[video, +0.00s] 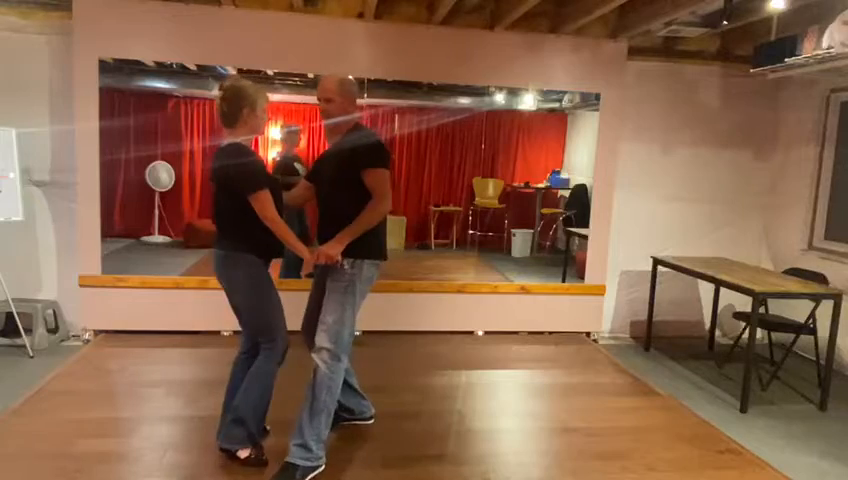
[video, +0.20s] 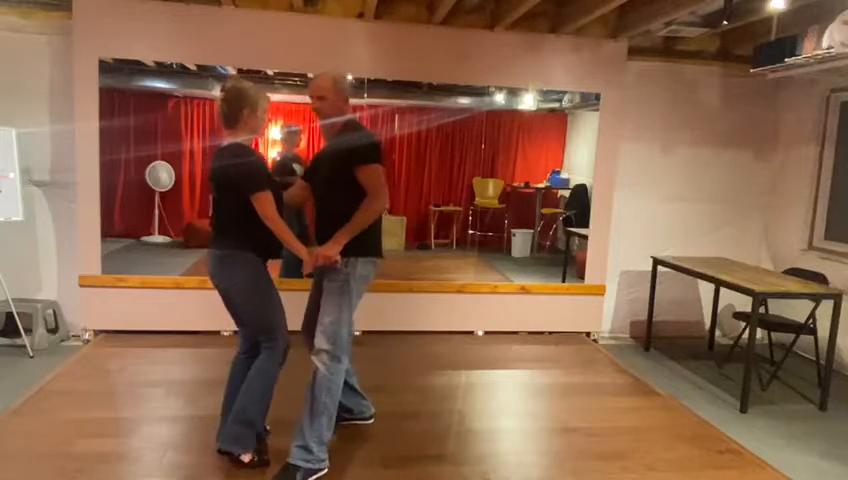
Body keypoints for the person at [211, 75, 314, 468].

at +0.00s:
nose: (267, 117)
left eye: (266, 111)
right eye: (264, 110)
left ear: (233, 114)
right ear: (248, 113)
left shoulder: (228, 155)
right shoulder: (243, 158)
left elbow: (265, 201)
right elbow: (269, 217)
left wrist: (301, 194)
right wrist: (306, 251)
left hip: (235, 257)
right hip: (244, 261)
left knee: (254, 343)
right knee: (274, 341)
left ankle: (235, 429)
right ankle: (238, 433)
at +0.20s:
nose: (267, 120)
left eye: (266, 113)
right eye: (264, 113)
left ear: (232, 115)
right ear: (249, 115)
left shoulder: (224, 156)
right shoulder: (248, 160)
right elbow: (269, 216)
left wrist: (287, 196)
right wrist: (305, 252)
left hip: (224, 258)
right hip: (243, 263)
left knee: (251, 344)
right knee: (275, 343)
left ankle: (234, 432)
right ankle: (240, 437)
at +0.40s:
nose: (269, 116)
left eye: (268, 109)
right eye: (266, 110)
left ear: (232, 112)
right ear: (252, 112)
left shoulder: (222, 155)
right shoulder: (253, 157)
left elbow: (223, 208)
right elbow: (271, 211)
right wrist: (303, 250)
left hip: (223, 254)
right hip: (246, 257)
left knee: (249, 345)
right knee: (267, 348)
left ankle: (230, 437)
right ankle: (241, 448)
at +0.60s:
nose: (272, 113)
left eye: (272, 106)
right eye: (269, 106)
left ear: (235, 109)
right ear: (256, 108)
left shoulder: (225, 151)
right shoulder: (255, 152)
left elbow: (220, 207)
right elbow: (275, 208)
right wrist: (306, 248)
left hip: (229, 251)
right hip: (250, 255)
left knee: (254, 341)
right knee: (256, 346)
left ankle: (243, 424)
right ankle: (235, 454)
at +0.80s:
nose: (272, 113)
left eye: (271, 105)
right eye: (270, 105)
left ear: (233, 106)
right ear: (256, 105)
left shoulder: (224, 151)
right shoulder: (252, 152)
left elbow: (221, 205)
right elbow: (276, 207)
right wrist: (307, 248)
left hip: (231, 252)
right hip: (251, 256)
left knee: (255, 342)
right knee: (254, 350)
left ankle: (248, 422)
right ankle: (231, 457)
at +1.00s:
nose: (271, 111)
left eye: (271, 104)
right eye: (269, 103)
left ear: (233, 104)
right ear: (254, 103)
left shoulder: (225, 149)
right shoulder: (248, 150)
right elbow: (272, 210)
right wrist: (306, 249)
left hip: (236, 253)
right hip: (250, 258)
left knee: (258, 343)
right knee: (250, 353)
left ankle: (249, 424)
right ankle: (230, 459)